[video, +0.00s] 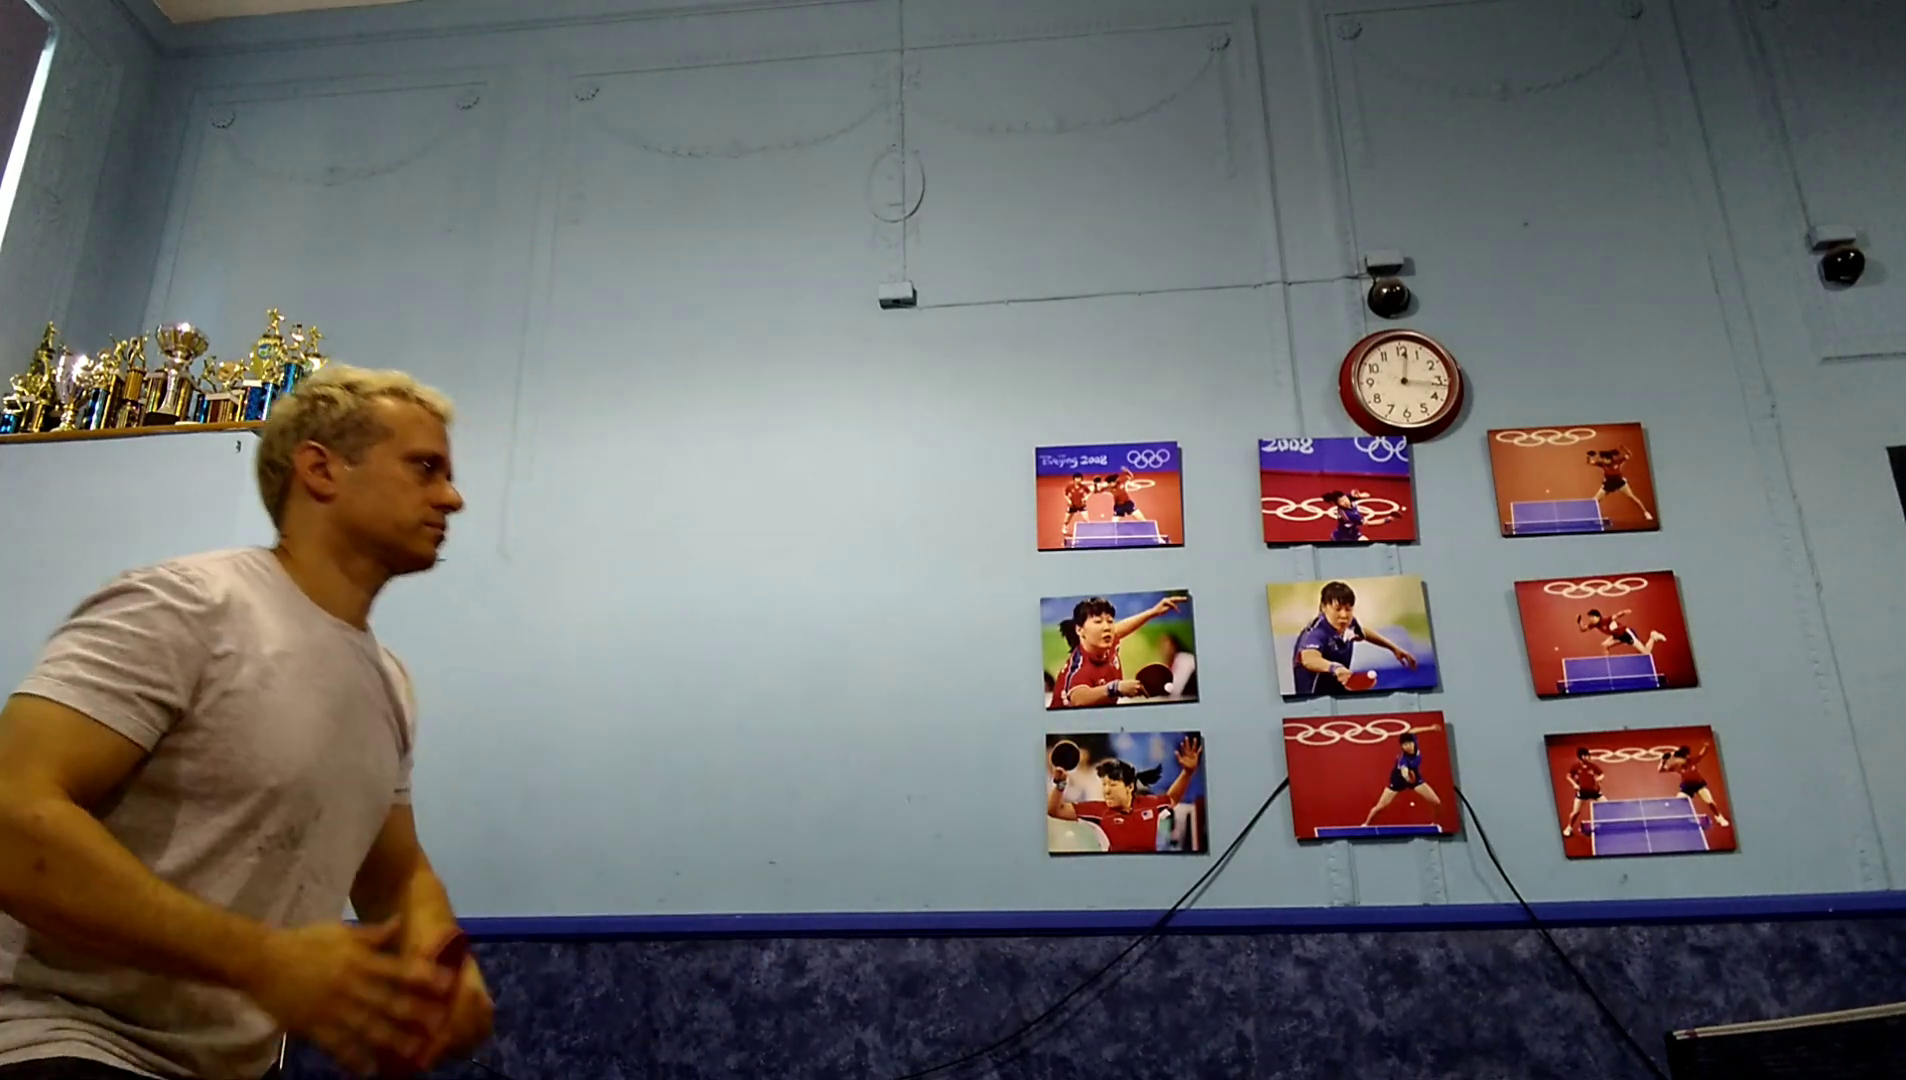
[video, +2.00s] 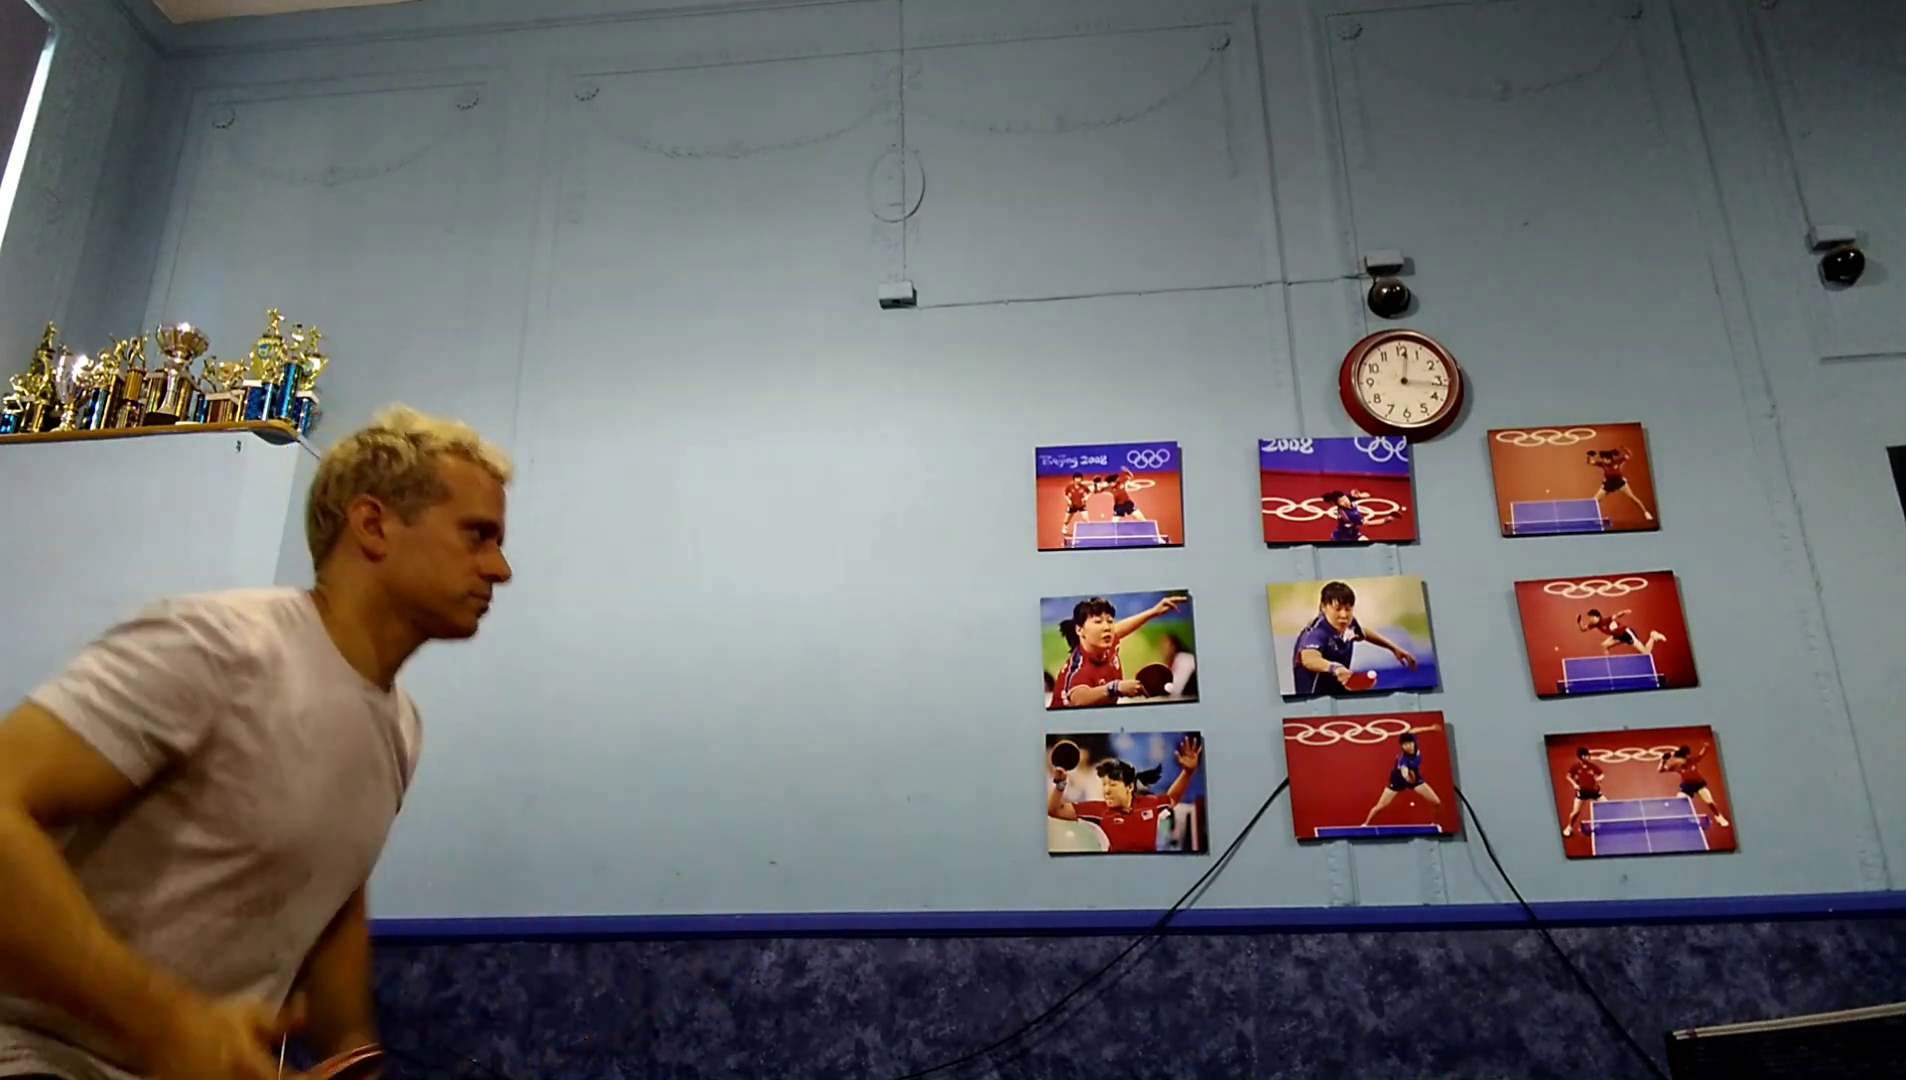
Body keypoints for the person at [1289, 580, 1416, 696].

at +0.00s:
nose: (1344, 615)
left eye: (1348, 609)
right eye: (1338, 609)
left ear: (1353, 609)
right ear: (1324, 608)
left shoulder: (1349, 624)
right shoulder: (1315, 633)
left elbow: (1364, 634)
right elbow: (1309, 660)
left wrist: (1395, 649)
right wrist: (1335, 668)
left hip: (1341, 705)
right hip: (1314, 708)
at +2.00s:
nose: (1344, 615)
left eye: (1348, 609)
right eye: (1338, 609)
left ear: (1353, 609)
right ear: (1324, 608)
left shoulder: (1349, 624)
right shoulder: (1315, 633)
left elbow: (1364, 634)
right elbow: (1309, 660)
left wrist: (1395, 649)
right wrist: (1335, 668)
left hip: (1341, 705)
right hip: (1314, 708)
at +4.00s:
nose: (1344, 615)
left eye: (1348, 609)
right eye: (1338, 609)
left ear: (1353, 609)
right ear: (1324, 608)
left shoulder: (1349, 624)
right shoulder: (1316, 632)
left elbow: (1364, 634)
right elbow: (1309, 660)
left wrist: (1395, 649)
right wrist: (1335, 668)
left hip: (1341, 703)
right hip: (1314, 708)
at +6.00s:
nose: (1344, 615)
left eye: (1348, 609)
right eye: (1338, 609)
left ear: (1353, 609)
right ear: (1324, 608)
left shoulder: (1349, 624)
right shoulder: (1315, 633)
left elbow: (1364, 634)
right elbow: (1309, 660)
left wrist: (1395, 649)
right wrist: (1335, 667)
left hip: (1341, 703)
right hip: (1314, 708)